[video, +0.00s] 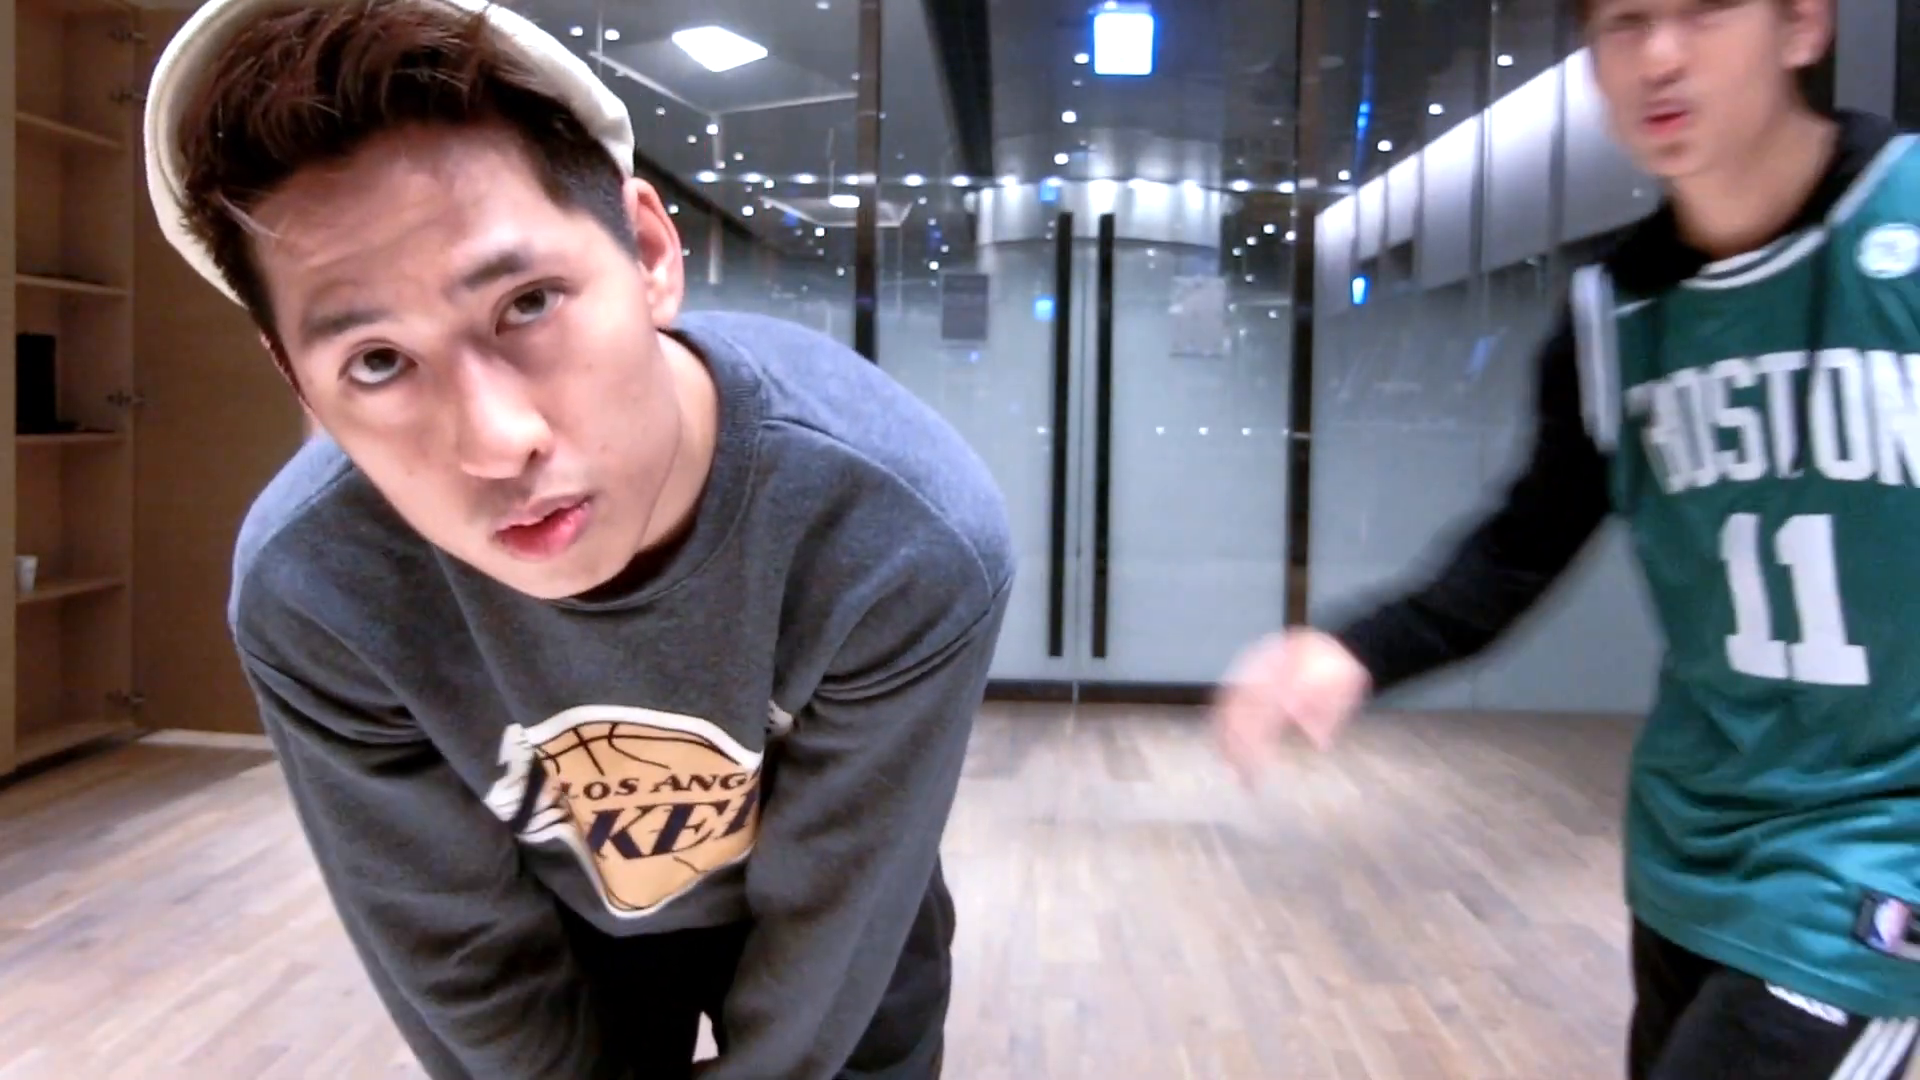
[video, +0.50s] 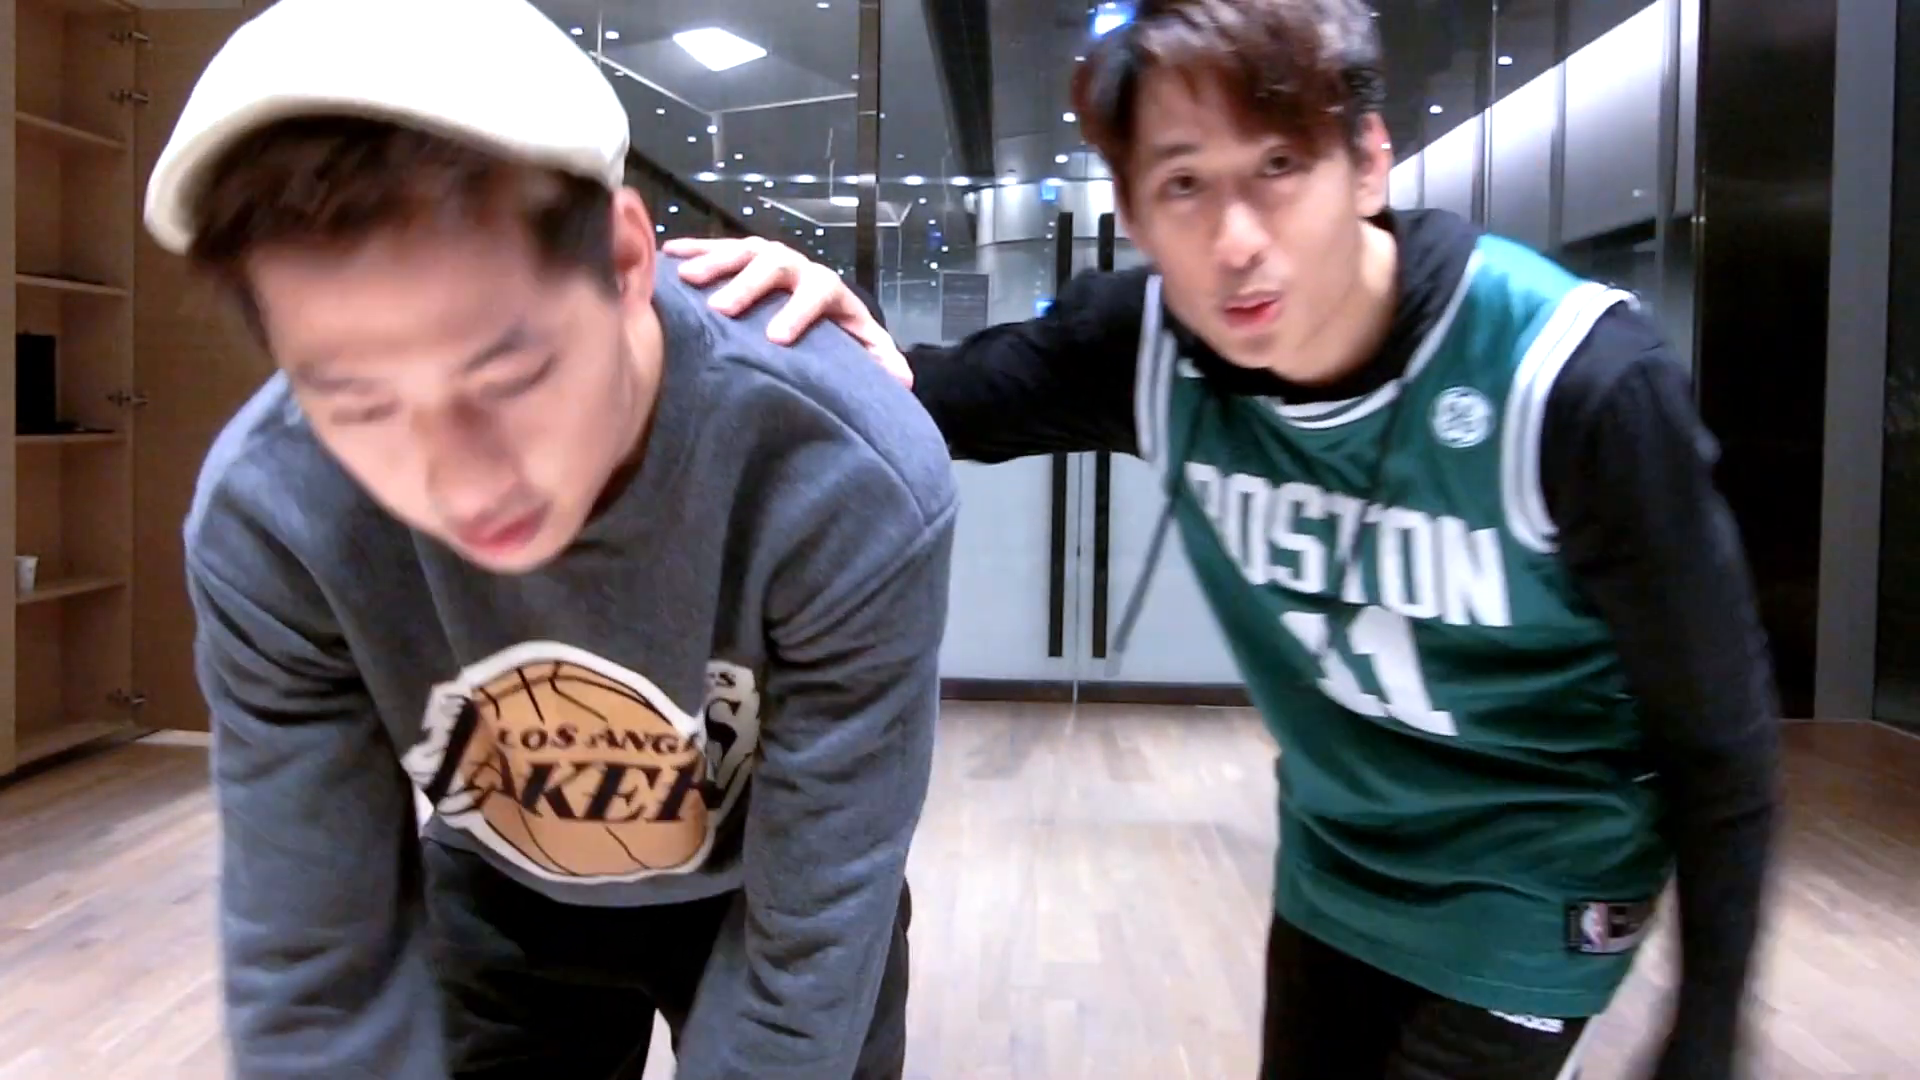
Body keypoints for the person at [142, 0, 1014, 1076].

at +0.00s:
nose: (495, 443)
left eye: (527, 304)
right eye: (379, 364)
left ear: (652, 256)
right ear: (303, 389)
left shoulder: (906, 541)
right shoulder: (309, 592)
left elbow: (817, 966)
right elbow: (482, 998)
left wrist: (770, 1061)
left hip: (836, 918)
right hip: (562, 944)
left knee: (861, 1060)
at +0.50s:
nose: (460, 484)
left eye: (509, 377)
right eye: (362, 411)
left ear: (629, 261)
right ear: (289, 373)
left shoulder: (852, 485)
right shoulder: (267, 521)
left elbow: (801, 978)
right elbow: (315, 998)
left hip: (771, 903)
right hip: (507, 896)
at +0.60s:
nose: (606, 364)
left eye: (625, 254)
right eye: (503, 319)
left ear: (656, 192)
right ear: (330, 309)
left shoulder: (834, 460)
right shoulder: (257, 475)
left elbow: (776, 973)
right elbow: (252, 959)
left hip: (782, 882)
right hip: (508, 876)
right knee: (472, 1058)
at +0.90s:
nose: (729, 253)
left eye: (713, 162)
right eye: (648, 237)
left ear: (711, 114)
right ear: (443, 302)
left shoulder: (815, 397)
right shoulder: (235, 409)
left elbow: (698, 888)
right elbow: (319, 833)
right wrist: (361, 1060)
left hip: (759, 866)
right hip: (485, 873)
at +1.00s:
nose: (731, 249)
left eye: (710, 157)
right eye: (648, 236)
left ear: (707, 108)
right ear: (442, 301)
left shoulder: (810, 390)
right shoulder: (228, 406)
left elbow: (723, 868)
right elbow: (358, 785)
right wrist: (455, 981)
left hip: (757, 867)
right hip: (488, 880)